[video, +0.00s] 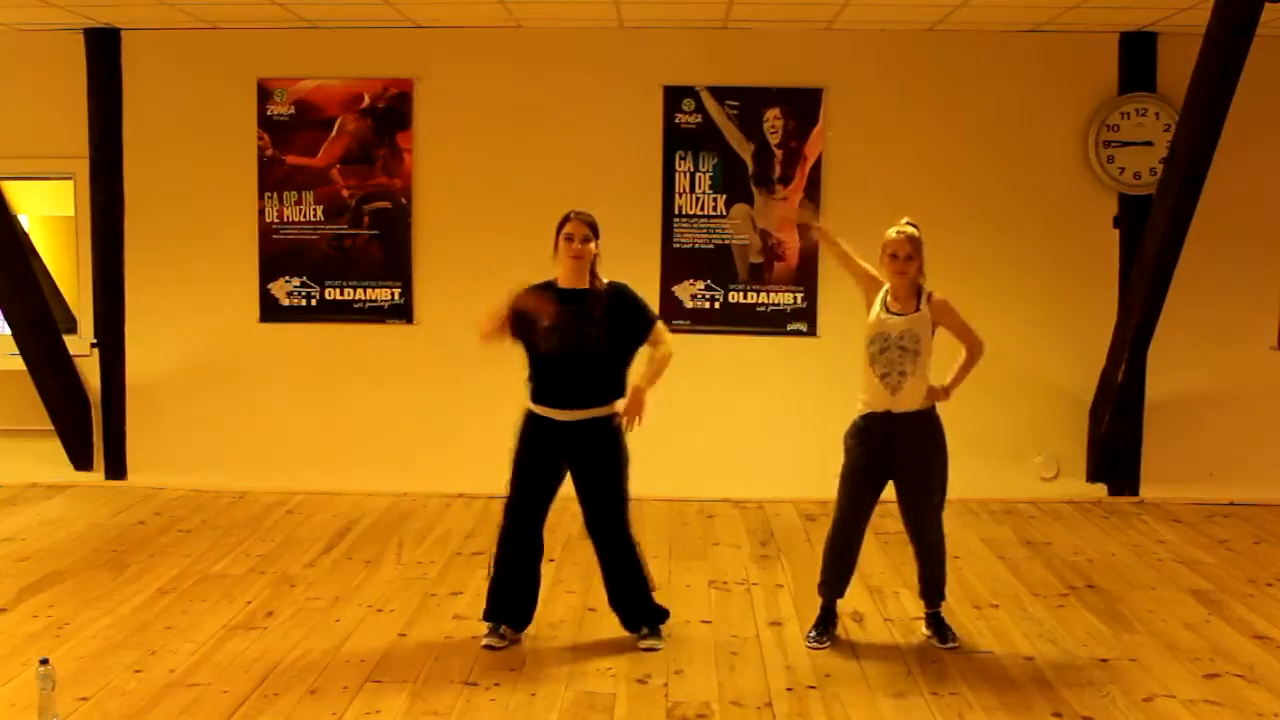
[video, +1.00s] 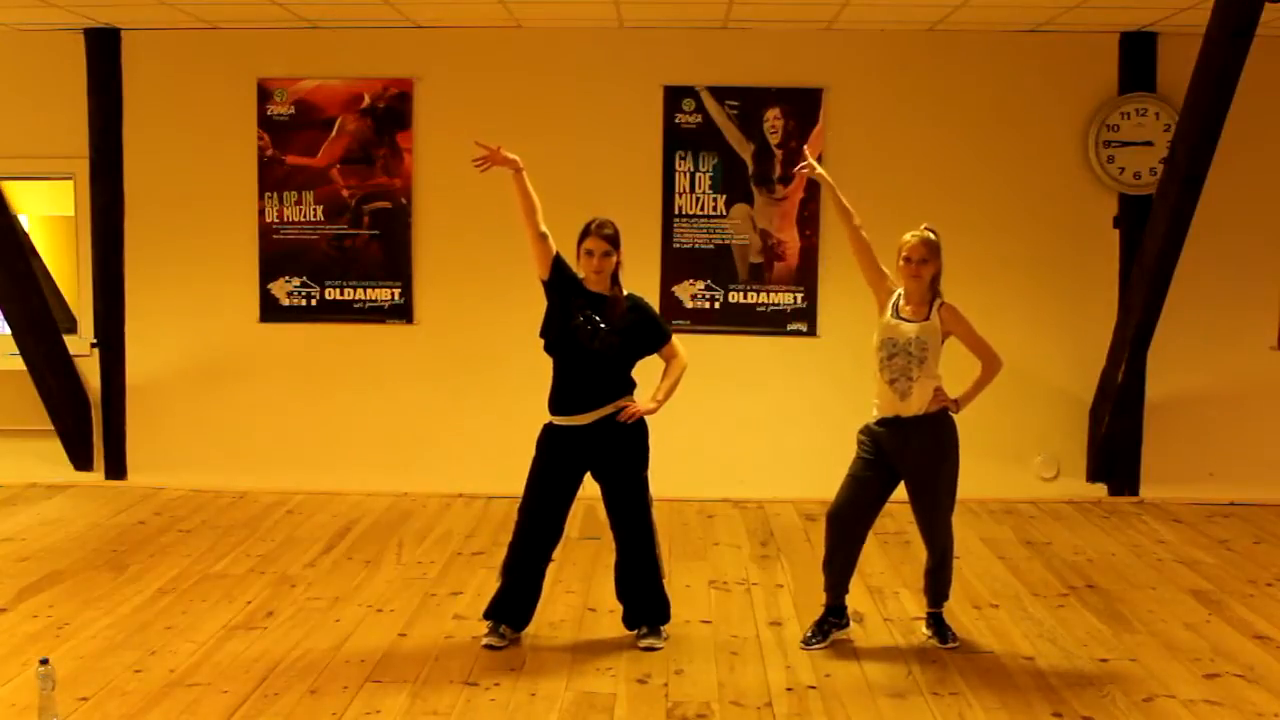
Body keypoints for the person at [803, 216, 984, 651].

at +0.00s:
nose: (898, 263)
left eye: (906, 257)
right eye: (891, 256)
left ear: (920, 261)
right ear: (881, 259)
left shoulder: (935, 307)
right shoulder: (876, 292)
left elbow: (975, 346)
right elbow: (836, 249)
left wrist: (949, 387)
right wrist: (809, 219)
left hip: (919, 430)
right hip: (870, 429)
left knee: (927, 528)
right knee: (846, 522)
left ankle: (934, 614)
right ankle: (827, 612)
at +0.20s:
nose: (906, 263)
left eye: (916, 259)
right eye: (901, 257)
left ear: (928, 270)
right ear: (889, 264)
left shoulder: (933, 315)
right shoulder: (880, 303)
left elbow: (984, 358)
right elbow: (865, 226)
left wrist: (956, 397)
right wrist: (855, 167)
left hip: (926, 436)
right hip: (877, 438)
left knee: (938, 531)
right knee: (835, 517)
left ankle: (935, 615)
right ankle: (833, 613)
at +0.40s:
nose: (910, 263)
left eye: (919, 259)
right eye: (904, 257)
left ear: (932, 268)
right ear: (894, 264)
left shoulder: (938, 314)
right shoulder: (887, 302)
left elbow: (987, 363)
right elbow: (875, 229)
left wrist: (952, 402)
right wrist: (867, 171)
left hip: (926, 436)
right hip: (878, 437)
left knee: (935, 532)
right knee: (836, 518)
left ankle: (935, 616)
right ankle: (833, 612)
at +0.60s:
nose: (911, 264)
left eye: (920, 260)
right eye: (905, 257)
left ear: (934, 267)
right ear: (896, 262)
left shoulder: (940, 315)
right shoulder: (889, 301)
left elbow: (989, 364)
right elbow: (874, 228)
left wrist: (953, 403)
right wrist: (864, 171)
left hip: (927, 436)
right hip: (879, 436)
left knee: (935, 531)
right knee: (838, 518)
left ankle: (935, 616)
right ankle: (833, 611)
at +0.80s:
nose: (911, 264)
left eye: (921, 259)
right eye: (906, 257)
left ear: (936, 265)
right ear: (896, 261)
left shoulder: (943, 314)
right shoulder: (889, 298)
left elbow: (991, 363)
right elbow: (864, 225)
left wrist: (957, 401)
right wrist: (843, 167)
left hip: (930, 436)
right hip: (881, 436)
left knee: (936, 532)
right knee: (841, 519)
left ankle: (935, 616)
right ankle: (834, 612)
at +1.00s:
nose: (909, 267)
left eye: (919, 261)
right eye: (905, 260)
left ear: (936, 266)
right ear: (898, 262)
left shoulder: (944, 315)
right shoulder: (888, 297)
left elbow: (993, 362)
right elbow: (855, 229)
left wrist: (960, 401)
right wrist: (823, 178)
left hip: (931, 435)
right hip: (882, 435)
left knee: (938, 532)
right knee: (841, 518)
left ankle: (936, 615)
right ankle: (834, 612)